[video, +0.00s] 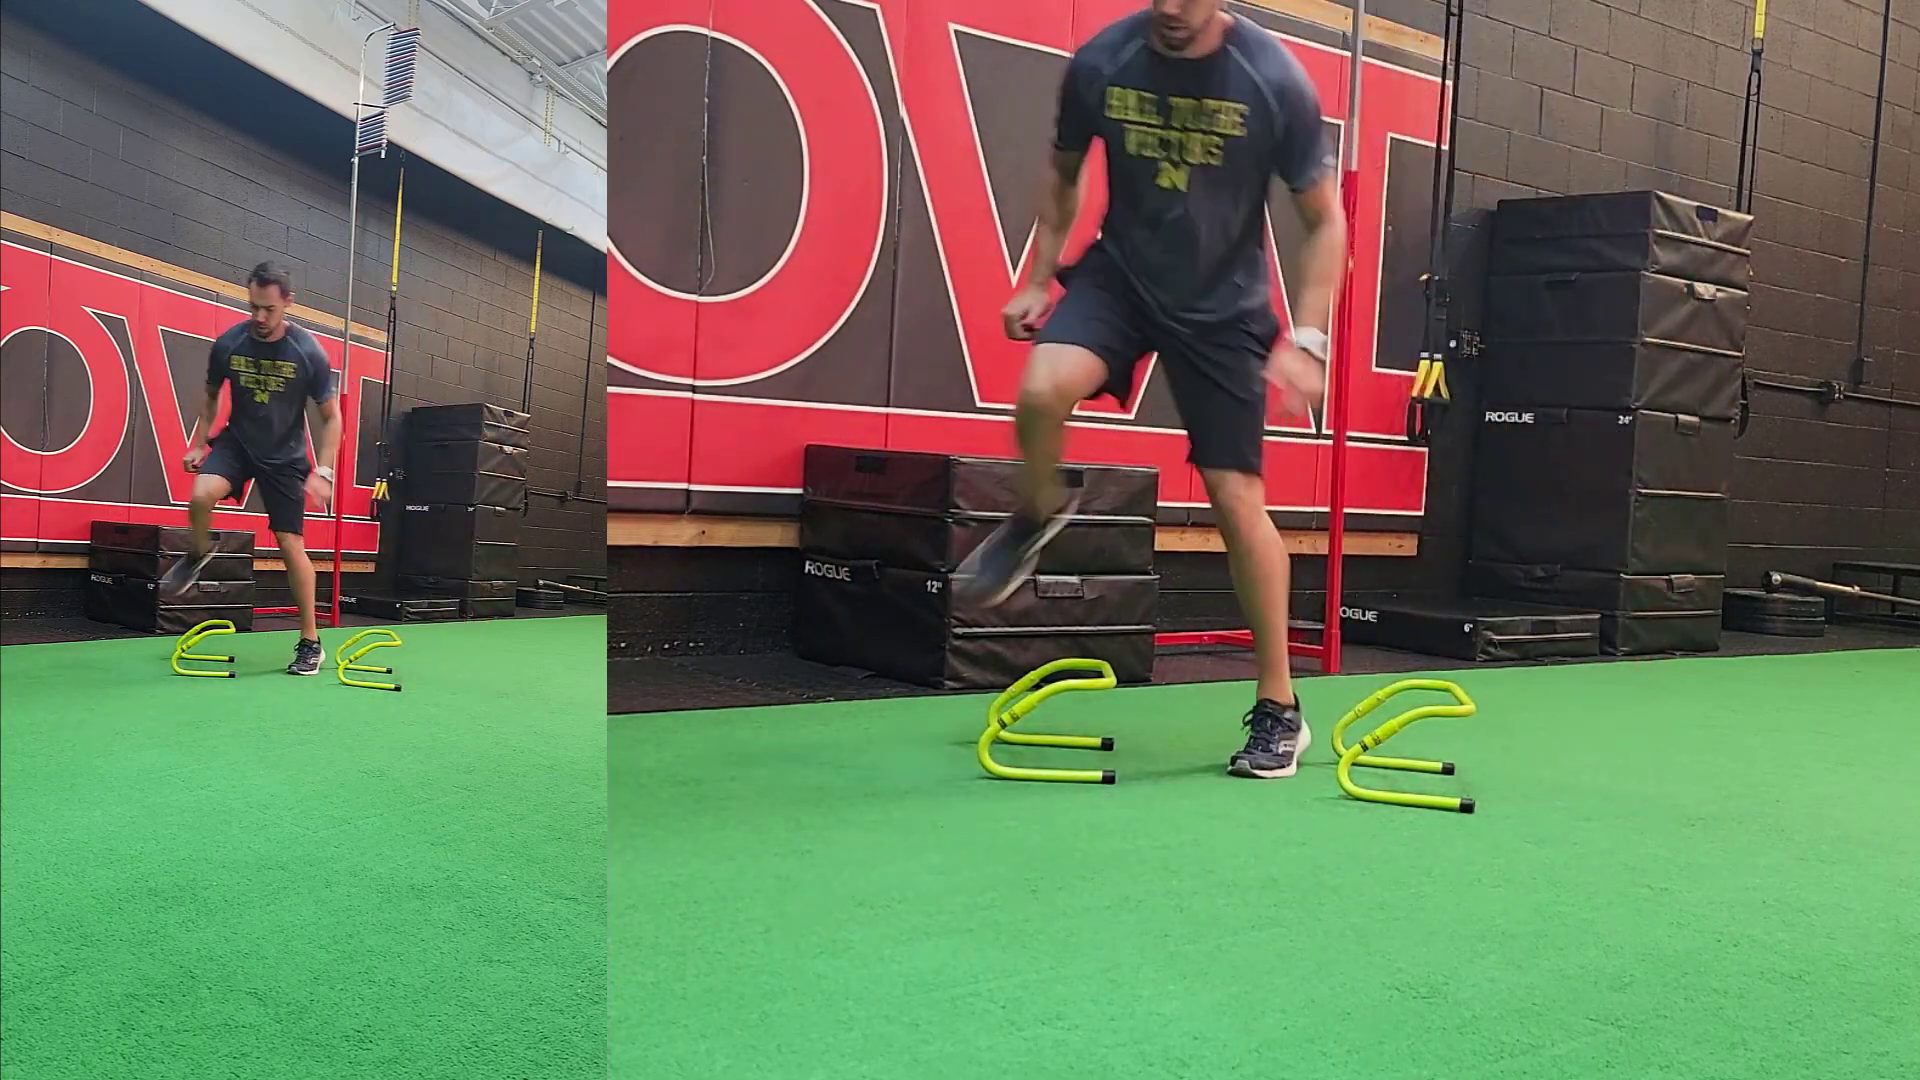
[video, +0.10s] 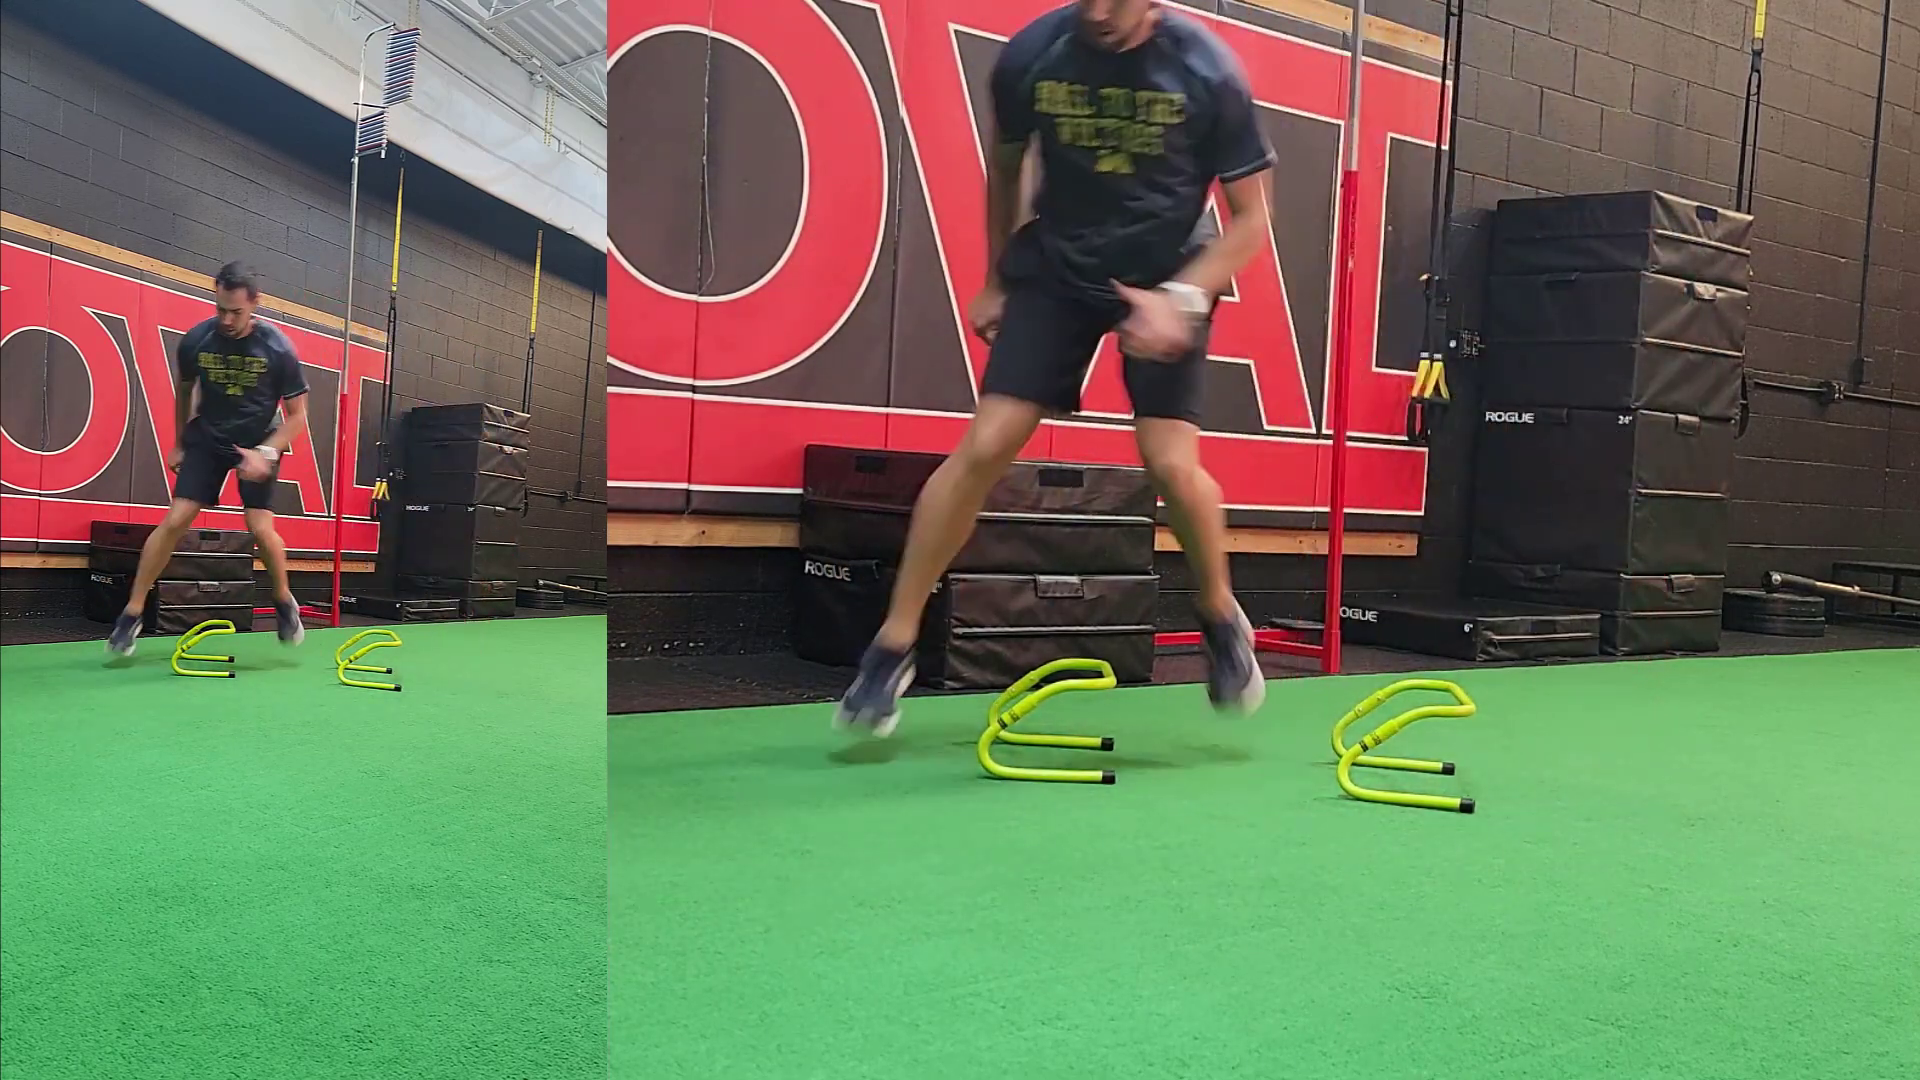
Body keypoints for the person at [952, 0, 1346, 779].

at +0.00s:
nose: (1172, 10)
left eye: (1191, 0)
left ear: (1227, 2)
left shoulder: (1276, 83)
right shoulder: (1098, 64)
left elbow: (1324, 219)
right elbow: (1064, 175)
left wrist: (1307, 339)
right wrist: (1038, 278)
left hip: (1224, 304)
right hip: (1119, 279)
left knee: (1234, 495)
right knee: (1040, 392)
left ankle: (1278, 705)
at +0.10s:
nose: (1098, 12)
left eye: (1116, 2)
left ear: (1152, 0)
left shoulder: (1207, 75)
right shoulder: (1028, 59)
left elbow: (1254, 218)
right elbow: (1005, 163)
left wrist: (1184, 295)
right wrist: (995, 278)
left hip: (1165, 280)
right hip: (1054, 271)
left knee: (1171, 464)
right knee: (983, 447)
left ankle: (1219, 614)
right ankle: (895, 641)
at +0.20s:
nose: (1030, 63)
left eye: (1048, 46)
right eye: (1018, 43)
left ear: (1087, 29)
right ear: (1002, 29)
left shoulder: (1136, 129)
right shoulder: (961, 107)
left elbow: (1145, 287)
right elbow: (948, 208)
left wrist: (1030, 264)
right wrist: (939, 295)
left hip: (1101, 320)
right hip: (993, 313)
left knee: (1094, 460)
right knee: (939, 494)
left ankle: (1120, 512)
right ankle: (866, 693)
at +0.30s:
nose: (976, 110)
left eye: (995, 93)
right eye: (963, 88)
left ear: (1037, 73)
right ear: (949, 70)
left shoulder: (1091, 177)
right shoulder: (918, 140)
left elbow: (1054, 330)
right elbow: (908, 229)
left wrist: (959, 243)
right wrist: (905, 305)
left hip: (1060, 355)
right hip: (956, 343)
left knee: (1032, 480)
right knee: (905, 502)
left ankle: (1009, 514)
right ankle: (864, 692)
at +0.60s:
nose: (918, 129)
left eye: (937, 110)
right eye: (903, 108)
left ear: (977, 85)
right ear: (884, 86)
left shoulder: (1037, 183)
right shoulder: (866, 155)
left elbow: (1013, 345)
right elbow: (873, 248)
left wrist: (916, 257)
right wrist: (876, 313)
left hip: (1018, 366)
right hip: (918, 349)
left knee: (945, 487)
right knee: (879, 499)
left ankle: (917, 567)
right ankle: (858, 694)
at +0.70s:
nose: (935, 114)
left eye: (953, 94)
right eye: (918, 93)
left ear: (986, 71)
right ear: (895, 74)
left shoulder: (1046, 169)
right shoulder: (873, 161)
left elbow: (1080, 315)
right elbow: (865, 284)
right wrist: (853, 388)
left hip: (1020, 358)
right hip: (922, 350)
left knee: (963, 476)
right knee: (882, 501)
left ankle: (954, 568)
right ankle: (860, 696)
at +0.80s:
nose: (975, 92)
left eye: (991, 70)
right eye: (956, 74)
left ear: (1018, 52)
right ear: (931, 60)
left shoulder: (1074, 152)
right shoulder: (898, 151)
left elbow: (1144, 284)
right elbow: (874, 287)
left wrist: (1175, 408)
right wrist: (855, 405)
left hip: (1050, 348)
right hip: (943, 350)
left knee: (998, 480)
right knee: (891, 502)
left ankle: (1083, 522)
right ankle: (861, 696)